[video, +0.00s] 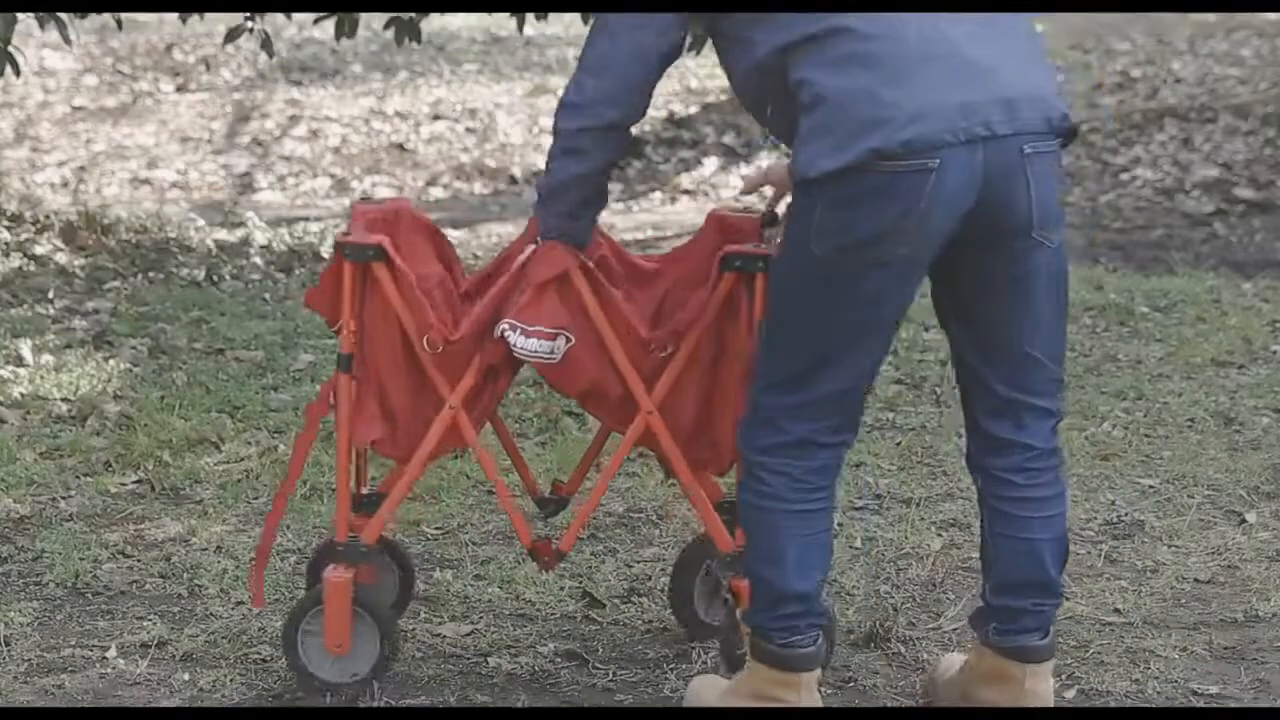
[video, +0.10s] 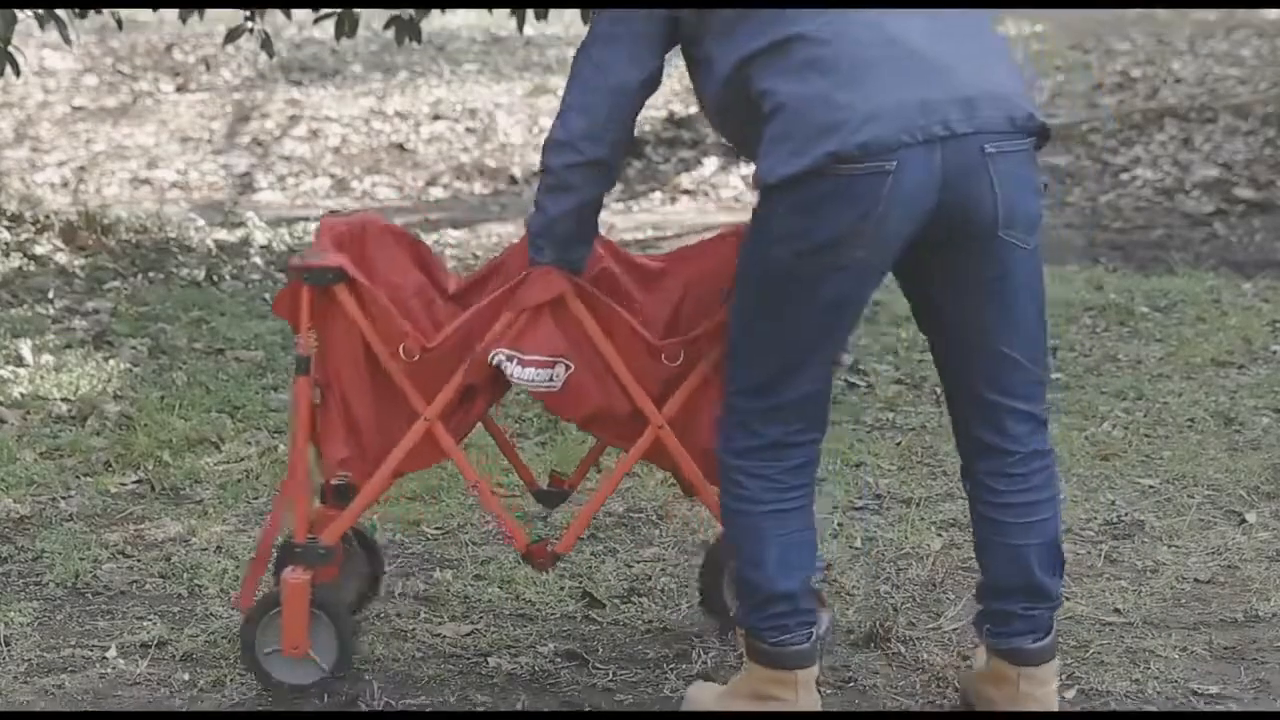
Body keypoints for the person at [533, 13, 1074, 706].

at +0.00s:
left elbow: (598, 101)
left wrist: (560, 232)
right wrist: (808, 160)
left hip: (883, 154)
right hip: (1025, 143)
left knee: (797, 434)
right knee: (1021, 432)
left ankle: (783, 672)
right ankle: (1018, 664)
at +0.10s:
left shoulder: (656, 8)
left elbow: (596, 105)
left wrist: (557, 247)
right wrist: (790, 229)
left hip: (845, 159)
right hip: (995, 146)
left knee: (772, 438)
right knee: (1011, 434)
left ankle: (780, 674)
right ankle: (1025, 669)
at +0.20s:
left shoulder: (639, 9)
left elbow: (586, 154)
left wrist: (540, 300)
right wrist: (766, 284)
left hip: (813, 174)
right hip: (967, 154)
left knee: (751, 432)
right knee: (1004, 425)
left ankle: (778, 673)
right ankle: (1036, 668)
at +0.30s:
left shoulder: (640, 18)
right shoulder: (867, 11)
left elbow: (593, 213)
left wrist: (545, 366)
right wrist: (790, 302)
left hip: (792, 185)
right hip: (953, 162)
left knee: (734, 435)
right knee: (997, 425)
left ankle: (779, 675)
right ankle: (1038, 668)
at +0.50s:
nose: (607, 31)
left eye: (609, 23)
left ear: (634, 11)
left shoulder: (638, 29)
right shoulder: (848, 9)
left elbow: (599, 230)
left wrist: (559, 378)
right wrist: (787, 312)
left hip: (780, 189)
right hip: (939, 159)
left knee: (729, 436)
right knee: (995, 426)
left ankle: (778, 674)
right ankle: (1040, 672)